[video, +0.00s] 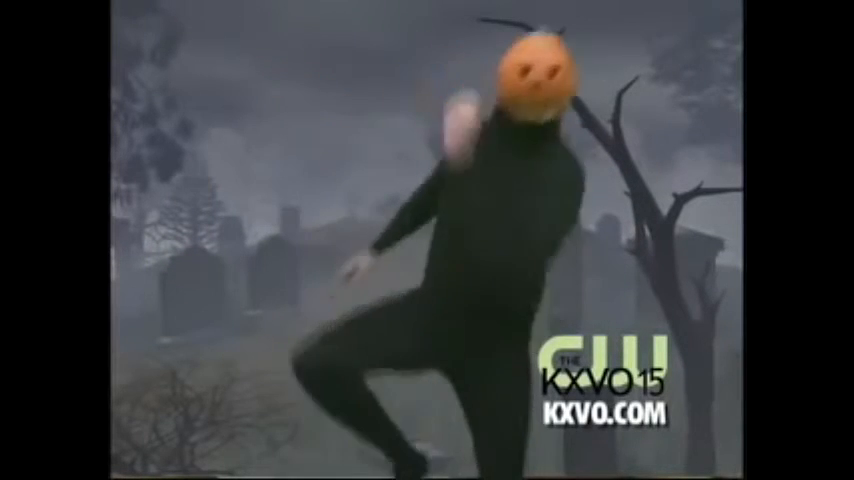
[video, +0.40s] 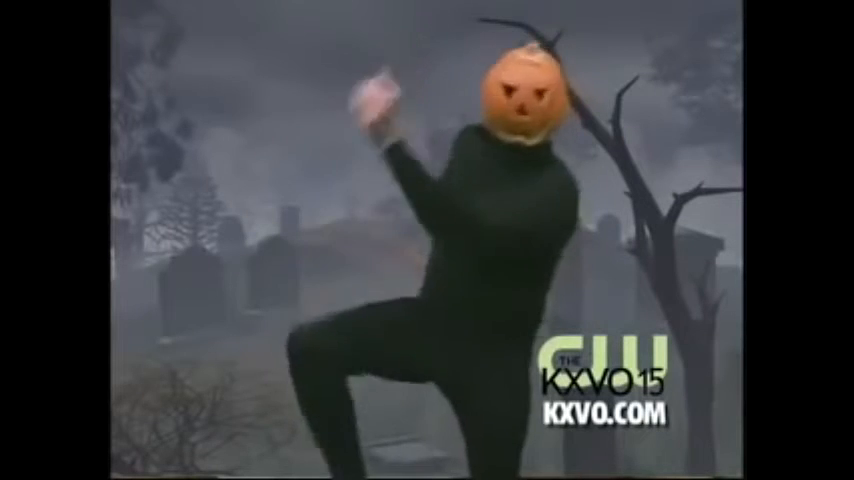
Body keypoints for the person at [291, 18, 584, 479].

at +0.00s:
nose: (527, 110)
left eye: (540, 102)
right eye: (521, 90)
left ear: (560, 106)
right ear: (501, 94)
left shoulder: (563, 174)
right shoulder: (481, 138)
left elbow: (511, 256)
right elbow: (435, 194)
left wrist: (463, 166)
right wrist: (375, 251)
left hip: (498, 342)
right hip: (432, 314)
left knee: (503, 472)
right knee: (317, 364)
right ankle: (407, 461)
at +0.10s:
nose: (556, 63)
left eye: (572, 57)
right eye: (546, 51)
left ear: (586, 78)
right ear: (523, 62)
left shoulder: (568, 156)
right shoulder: (495, 122)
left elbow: (485, 198)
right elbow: (456, 188)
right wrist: (400, 232)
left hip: (491, 327)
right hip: (425, 297)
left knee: (499, 469)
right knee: (300, 323)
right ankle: (403, 431)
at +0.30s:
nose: (541, 101)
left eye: (558, 92)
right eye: (528, 88)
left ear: (577, 108)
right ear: (509, 94)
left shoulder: (566, 192)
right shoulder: (490, 150)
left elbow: (458, 214)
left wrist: (400, 121)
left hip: (493, 360)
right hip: (431, 327)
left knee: (496, 470)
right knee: (306, 320)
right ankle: (346, 469)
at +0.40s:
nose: (522, 103)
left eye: (539, 93)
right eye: (509, 89)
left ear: (558, 108)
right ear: (488, 96)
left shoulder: (557, 188)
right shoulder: (471, 146)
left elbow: (474, 233)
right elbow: (445, 223)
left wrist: (390, 139)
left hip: (495, 356)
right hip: (429, 328)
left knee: (496, 470)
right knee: (312, 347)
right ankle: (349, 473)